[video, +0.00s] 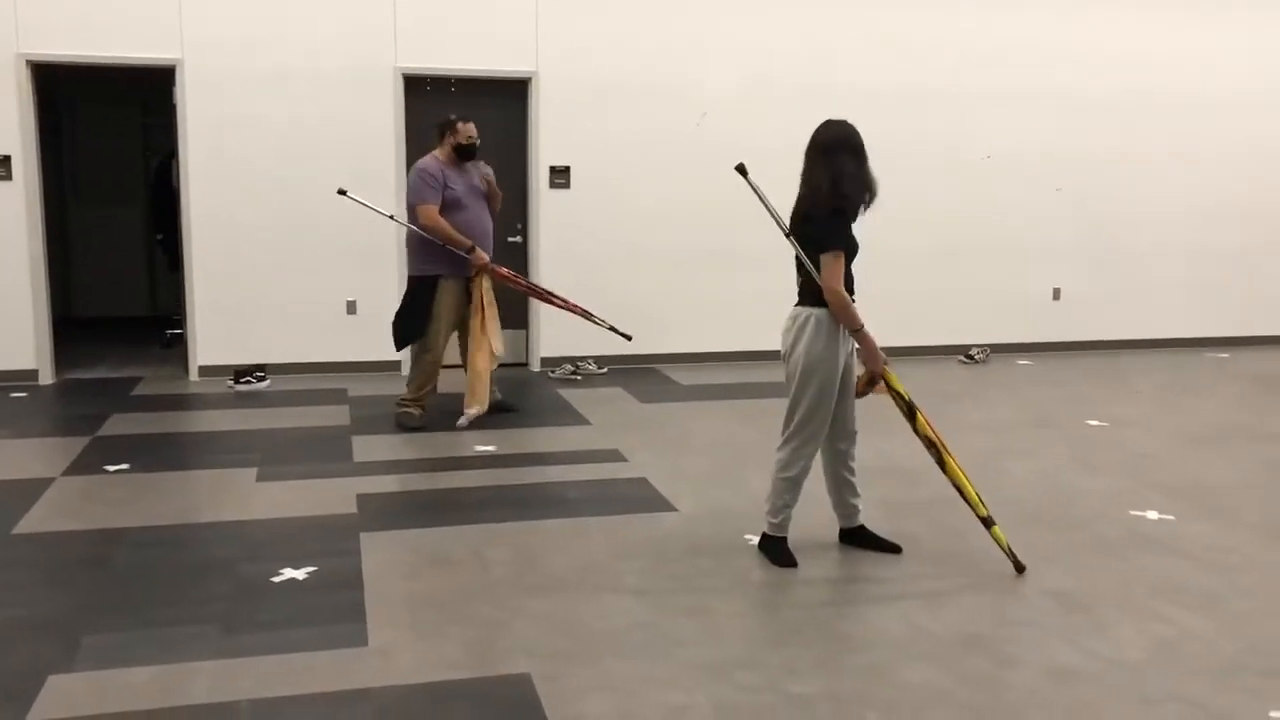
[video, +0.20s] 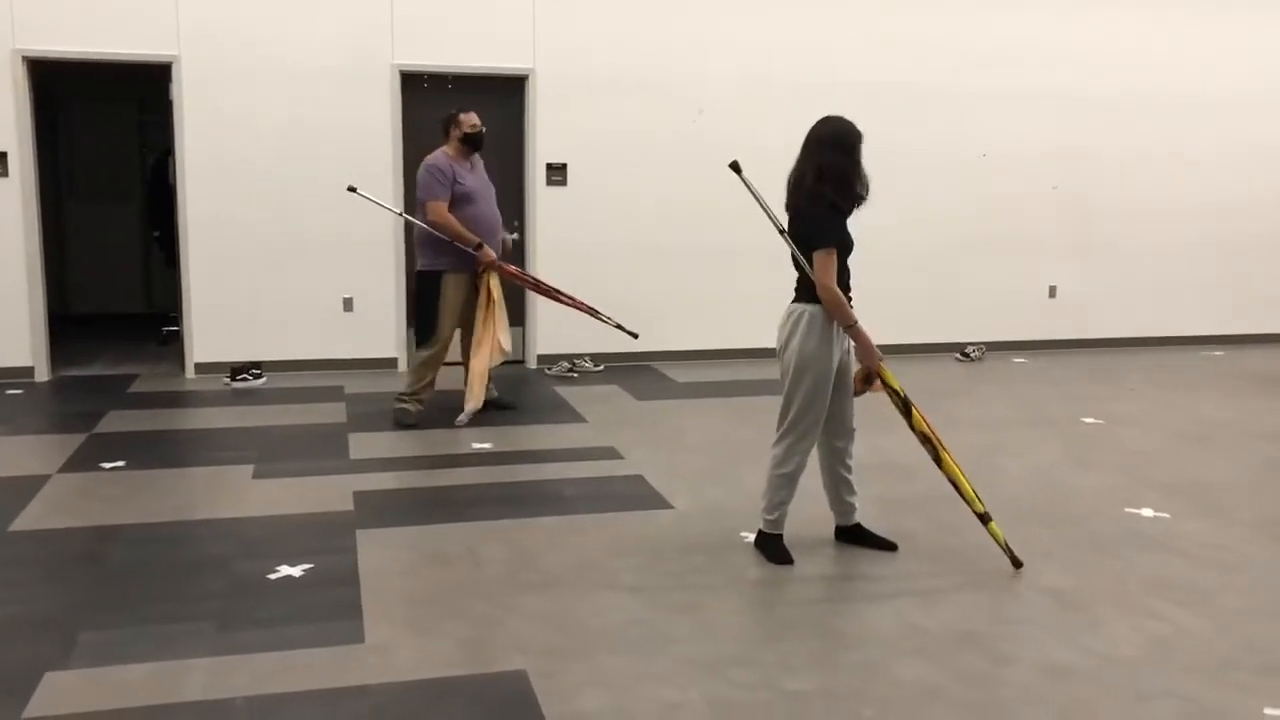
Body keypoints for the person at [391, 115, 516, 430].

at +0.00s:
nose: (474, 144)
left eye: (476, 139)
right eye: (468, 139)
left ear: (475, 140)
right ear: (450, 138)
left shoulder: (473, 168)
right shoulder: (427, 169)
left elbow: (492, 211)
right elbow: (428, 218)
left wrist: (492, 187)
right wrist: (470, 248)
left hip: (474, 269)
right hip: (439, 271)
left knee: (479, 337)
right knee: (431, 343)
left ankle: (485, 397)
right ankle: (411, 405)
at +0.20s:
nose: (479, 133)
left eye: (480, 128)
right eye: (472, 128)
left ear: (479, 133)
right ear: (454, 132)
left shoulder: (475, 162)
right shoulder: (436, 165)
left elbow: (483, 206)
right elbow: (436, 216)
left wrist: (497, 236)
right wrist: (477, 246)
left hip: (479, 264)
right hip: (444, 267)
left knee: (479, 333)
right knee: (437, 338)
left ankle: (479, 393)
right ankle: (409, 401)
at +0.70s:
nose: (466, 124)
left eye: (467, 119)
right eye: (458, 120)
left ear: (464, 128)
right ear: (440, 127)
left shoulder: (461, 157)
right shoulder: (426, 160)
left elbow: (465, 207)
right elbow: (428, 212)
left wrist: (477, 251)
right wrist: (468, 245)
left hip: (466, 261)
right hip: (432, 264)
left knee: (471, 330)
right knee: (426, 334)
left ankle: (473, 389)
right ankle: (405, 398)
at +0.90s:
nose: (459, 123)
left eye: (460, 118)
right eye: (452, 119)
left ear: (460, 126)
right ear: (434, 127)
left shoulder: (457, 155)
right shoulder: (420, 159)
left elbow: (462, 205)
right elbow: (424, 211)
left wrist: (473, 249)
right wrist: (464, 245)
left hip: (465, 259)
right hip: (429, 262)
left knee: (472, 328)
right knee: (421, 332)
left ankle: (473, 387)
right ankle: (403, 396)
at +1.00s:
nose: (455, 121)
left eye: (456, 116)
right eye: (447, 117)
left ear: (455, 124)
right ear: (430, 125)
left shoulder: (455, 154)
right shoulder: (417, 159)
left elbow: (461, 205)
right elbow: (421, 211)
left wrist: (472, 250)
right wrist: (461, 243)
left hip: (464, 257)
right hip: (427, 260)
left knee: (474, 325)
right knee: (419, 330)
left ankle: (474, 386)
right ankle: (402, 395)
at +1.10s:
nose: (453, 120)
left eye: (453, 115)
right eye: (445, 116)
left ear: (454, 123)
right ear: (428, 125)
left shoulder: (454, 153)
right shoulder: (415, 158)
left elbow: (460, 204)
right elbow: (419, 211)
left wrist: (471, 249)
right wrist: (460, 243)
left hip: (464, 256)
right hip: (426, 258)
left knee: (476, 323)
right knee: (418, 329)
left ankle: (473, 385)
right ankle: (400, 395)